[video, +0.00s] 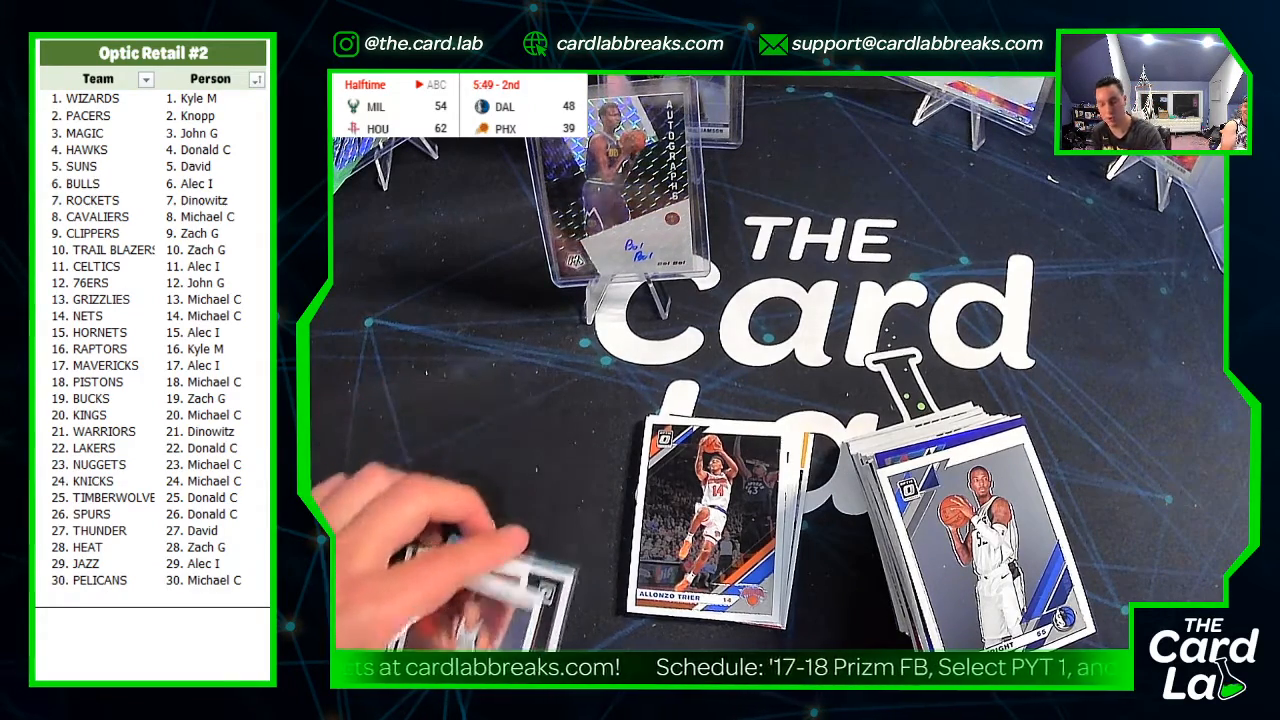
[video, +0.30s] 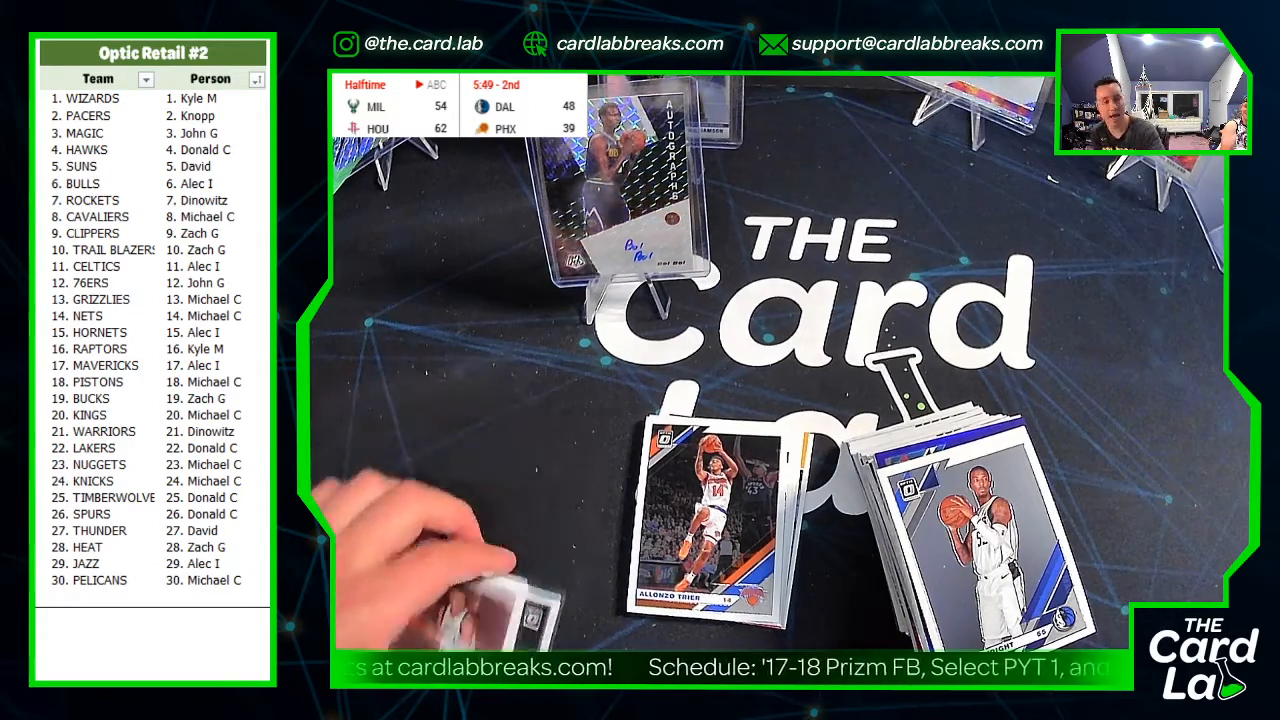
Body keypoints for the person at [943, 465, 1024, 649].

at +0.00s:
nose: (980, 483)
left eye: (983, 478)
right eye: (975, 480)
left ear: (990, 481)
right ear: (970, 485)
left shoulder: (1000, 504)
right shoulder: (974, 517)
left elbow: (997, 539)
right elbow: (965, 559)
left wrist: (972, 517)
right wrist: (954, 530)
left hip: (1007, 579)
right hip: (985, 585)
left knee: (1018, 632)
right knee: (991, 639)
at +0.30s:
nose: (980, 483)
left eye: (983, 478)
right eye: (975, 480)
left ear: (990, 481)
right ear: (970, 485)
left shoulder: (1000, 504)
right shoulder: (974, 518)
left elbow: (997, 539)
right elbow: (965, 559)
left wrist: (972, 516)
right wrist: (953, 530)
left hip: (1007, 579)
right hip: (985, 585)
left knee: (1018, 632)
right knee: (991, 639)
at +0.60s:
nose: (980, 483)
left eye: (984, 479)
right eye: (976, 480)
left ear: (990, 482)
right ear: (970, 485)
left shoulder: (1000, 504)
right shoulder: (974, 517)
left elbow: (997, 538)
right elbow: (965, 559)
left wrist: (972, 516)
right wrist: (953, 531)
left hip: (1007, 579)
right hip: (985, 585)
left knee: (1018, 632)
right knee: (991, 640)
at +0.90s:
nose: (980, 483)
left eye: (983, 479)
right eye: (975, 480)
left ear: (990, 481)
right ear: (970, 485)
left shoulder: (1000, 504)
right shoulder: (974, 517)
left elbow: (997, 538)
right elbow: (965, 559)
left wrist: (972, 517)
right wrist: (953, 531)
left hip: (1007, 579)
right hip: (985, 585)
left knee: (1018, 633)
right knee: (992, 640)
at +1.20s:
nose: (980, 484)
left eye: (983, 479)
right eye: (975, 480)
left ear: (990, 482)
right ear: (970, 486)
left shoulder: (1000, 504)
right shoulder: (974, 517)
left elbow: (996, 538)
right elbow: (965, 559)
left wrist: (972, 517)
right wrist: (953, 531)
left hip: (1007, 579)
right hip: (985, 585)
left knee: (1018, 633)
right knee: (991, 640)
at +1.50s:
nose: (980, 484)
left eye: (983, 479)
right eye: (975, 480)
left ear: (990, 482)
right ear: (970, 486)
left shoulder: (1000, 504)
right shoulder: (974, 517)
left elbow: (996, 538)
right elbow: (965, 559)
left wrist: (972, 517)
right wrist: (953, 531)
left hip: (1007, 579)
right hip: (985, 585)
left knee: (1018, 633)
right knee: (991, 640)